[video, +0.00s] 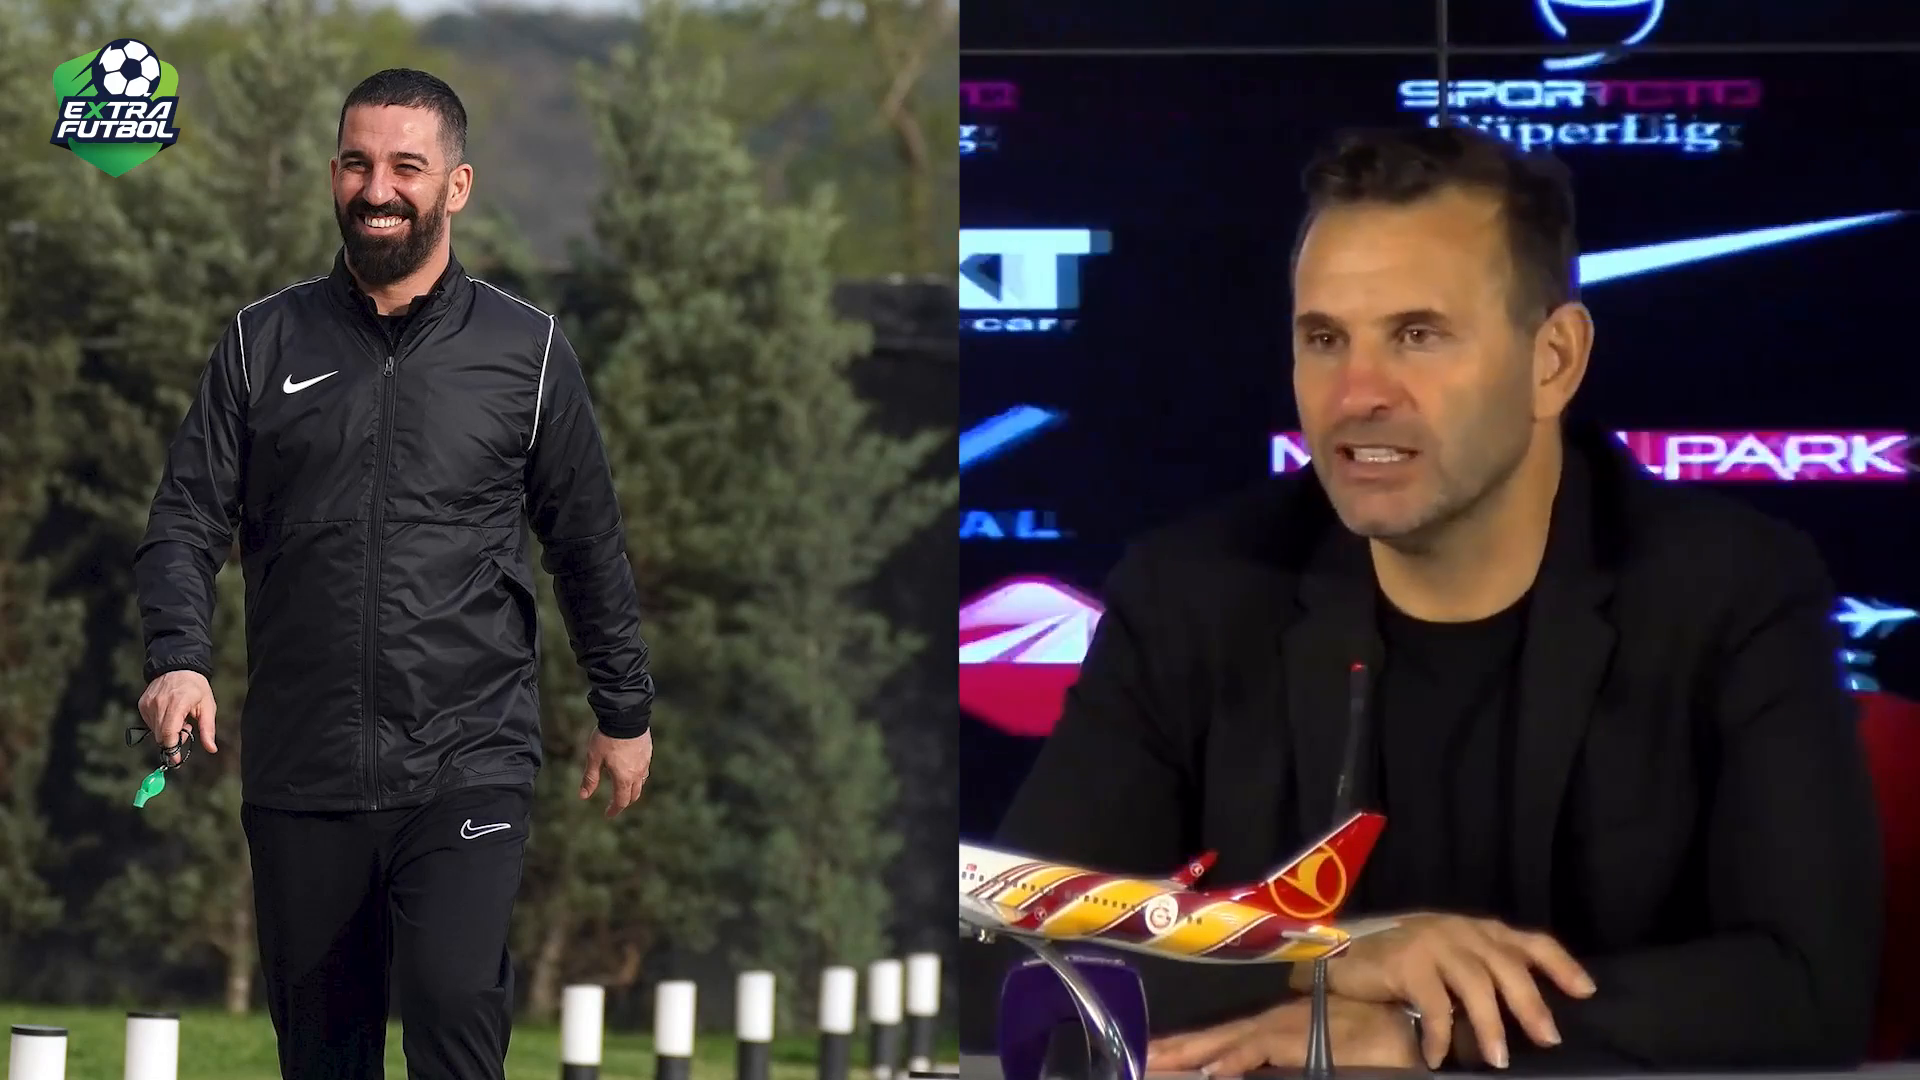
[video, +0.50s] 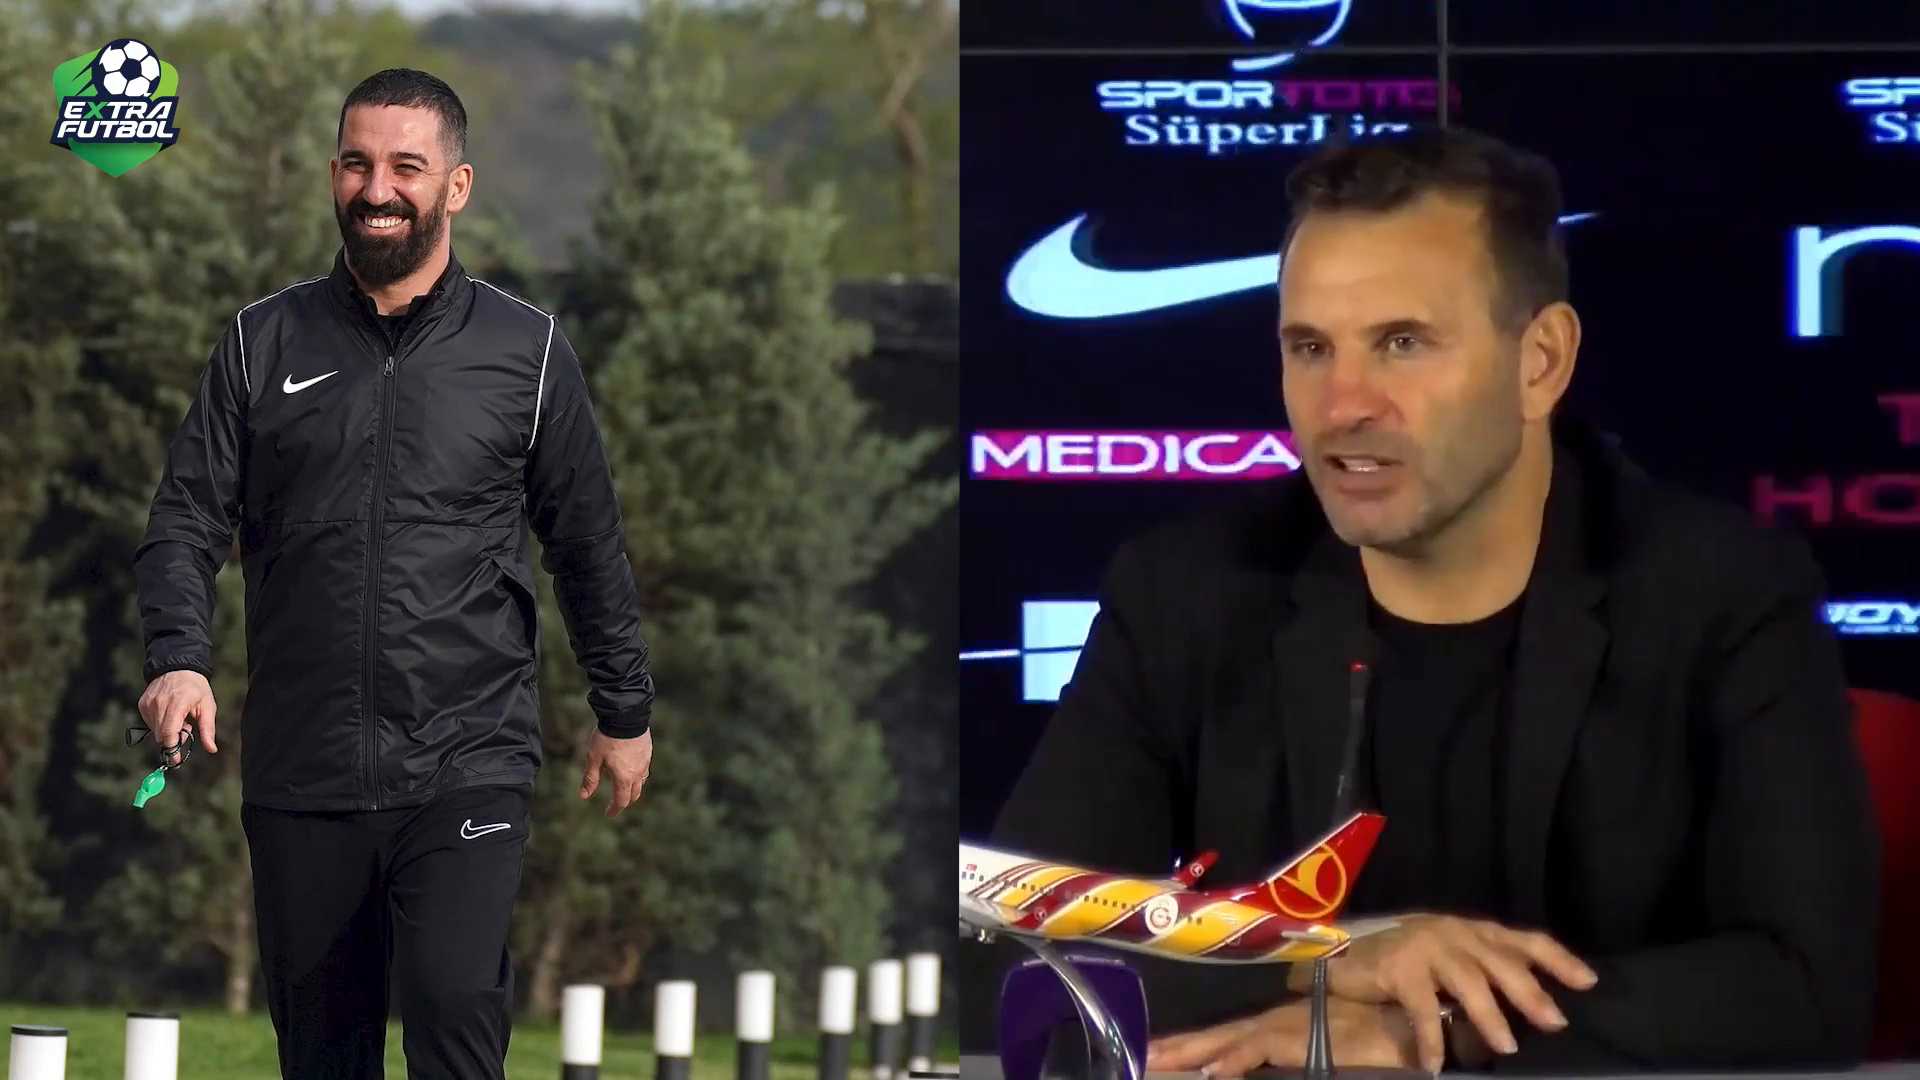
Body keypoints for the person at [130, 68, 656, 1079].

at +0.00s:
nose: (376, 187)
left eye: (405, 164)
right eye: (356, 162)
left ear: (458, 185)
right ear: (334, 177)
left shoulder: (530, 350)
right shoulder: (259, 342)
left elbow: (589, 541)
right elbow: (187, 513)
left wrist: (623, 708)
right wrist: (178, 658)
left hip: (471, 752)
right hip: (301, 755)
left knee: (455, 1019)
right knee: (320, 1043)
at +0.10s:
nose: (376, 187)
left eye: (405, 164)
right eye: (356, 162)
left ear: (458, 185)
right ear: (334, 177)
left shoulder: (530, 350)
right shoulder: (259, 342)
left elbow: (589, 541)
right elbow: (187, 513)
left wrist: (623, 708)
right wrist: (178, 658)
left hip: (471, 752)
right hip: (301, 755)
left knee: (455, 1019)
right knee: (320, 1043)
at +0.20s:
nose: (376, 187)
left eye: (405, 164)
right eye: (356, 162)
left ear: (458, 185)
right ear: (334, 177)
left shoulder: (530, 350)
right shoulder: (259, 342)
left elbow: (589, 541)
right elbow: (187, 513)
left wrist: (623, 708)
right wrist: (178, 658)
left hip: (471, 752)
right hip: (301, 755)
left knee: (455, 1019)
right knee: (320, 1043)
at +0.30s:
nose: (376, 187)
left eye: (405, 164)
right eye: (356, 162)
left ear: (458, 185)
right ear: (334, 177)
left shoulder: (530, 350)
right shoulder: (259, 342)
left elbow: (589, 541)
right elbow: (187, 513)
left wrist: (623, 708)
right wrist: (178, 658)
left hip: (471, 752)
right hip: (301, 755)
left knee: (455, 1019)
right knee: (320, 1043)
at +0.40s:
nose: (376, 187)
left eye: (405, 164)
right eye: (356, 162)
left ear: (458, 185)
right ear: (334, 177)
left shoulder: (530, 350)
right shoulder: (259, 342)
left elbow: (589, 541)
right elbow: (187, 513)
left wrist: (623, 708)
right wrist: (178, 658)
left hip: (471, 752)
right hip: (301, 755)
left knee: (455, 1019)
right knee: (320, 1043)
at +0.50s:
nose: (376, 187)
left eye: (405, 164)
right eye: (356, 162)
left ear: (458, 185)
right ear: (334, 177)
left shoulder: (530, 350)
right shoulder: (259, 342)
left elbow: (589, 541)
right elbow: (187, 513)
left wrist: (623, 708)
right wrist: (178, 658)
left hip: (471, 753)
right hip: (301, 755)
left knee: (455, 1018)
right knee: (320, 1043)